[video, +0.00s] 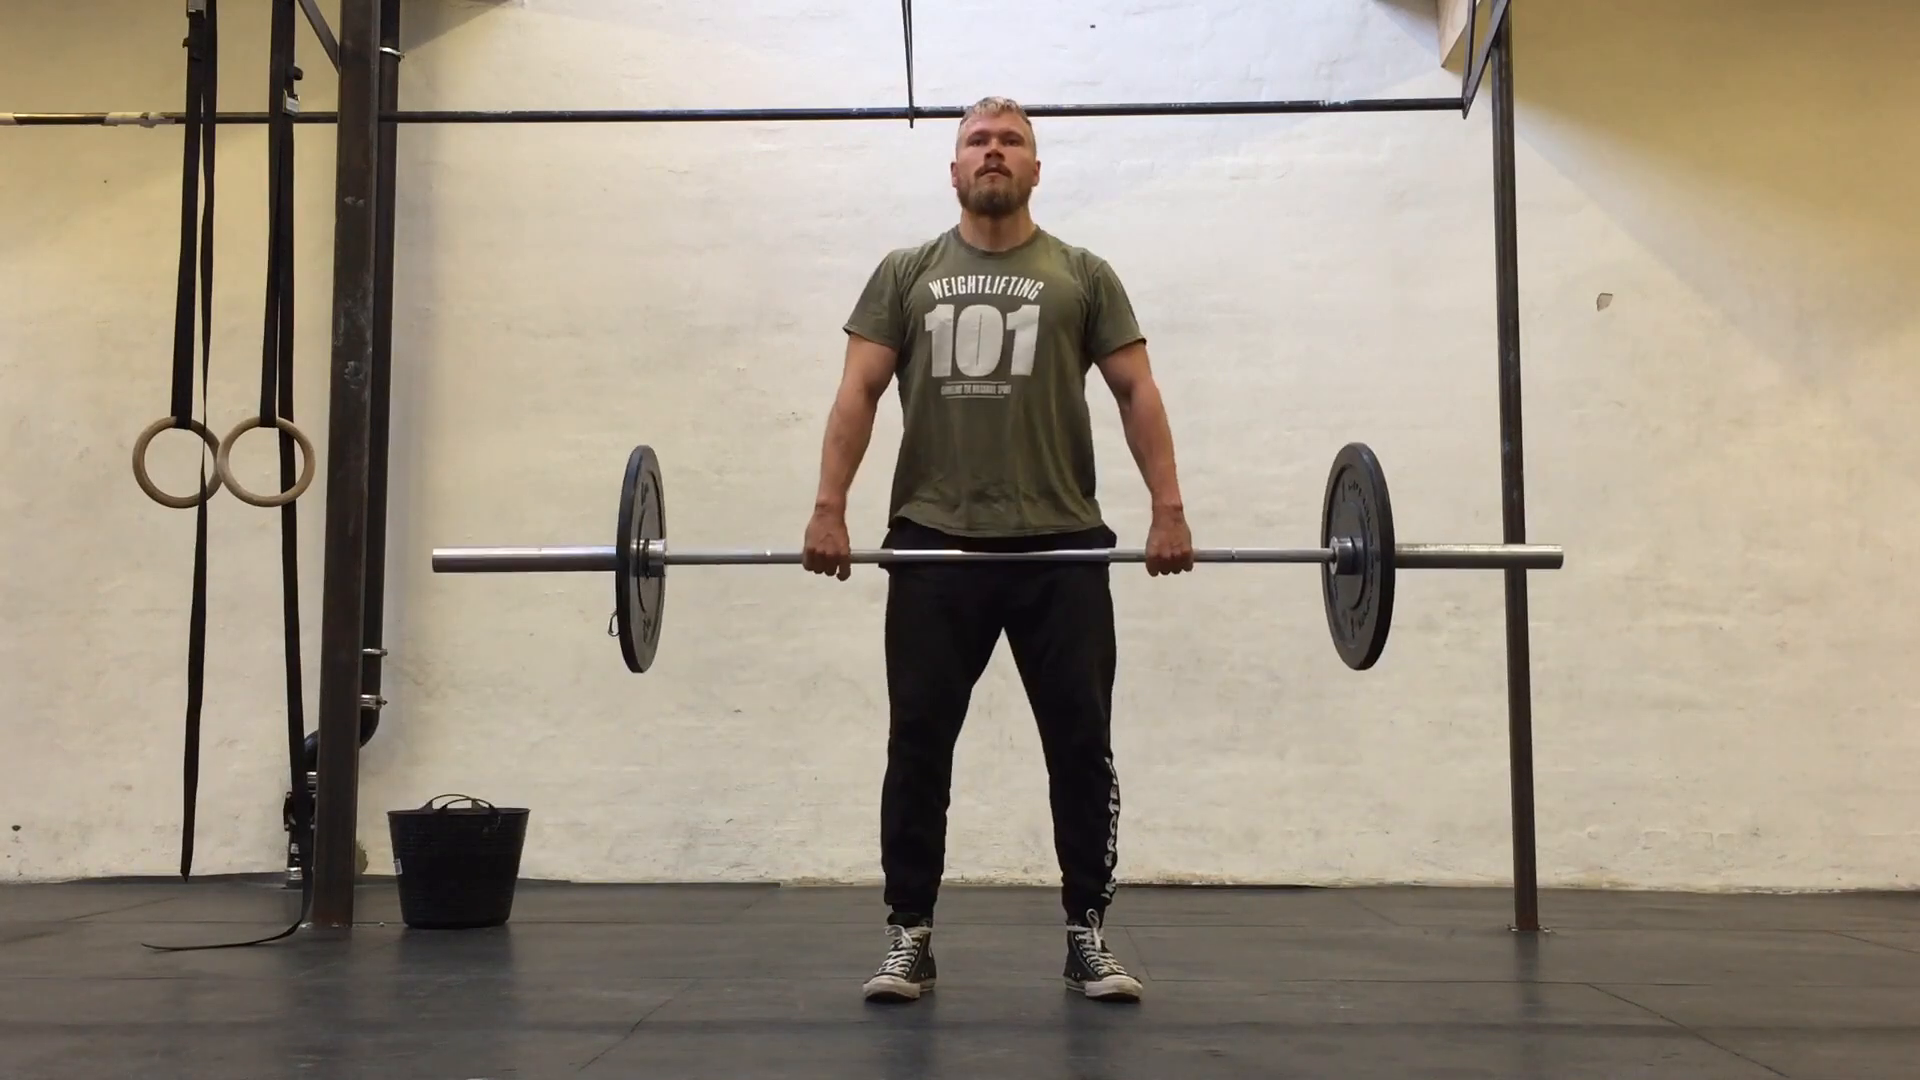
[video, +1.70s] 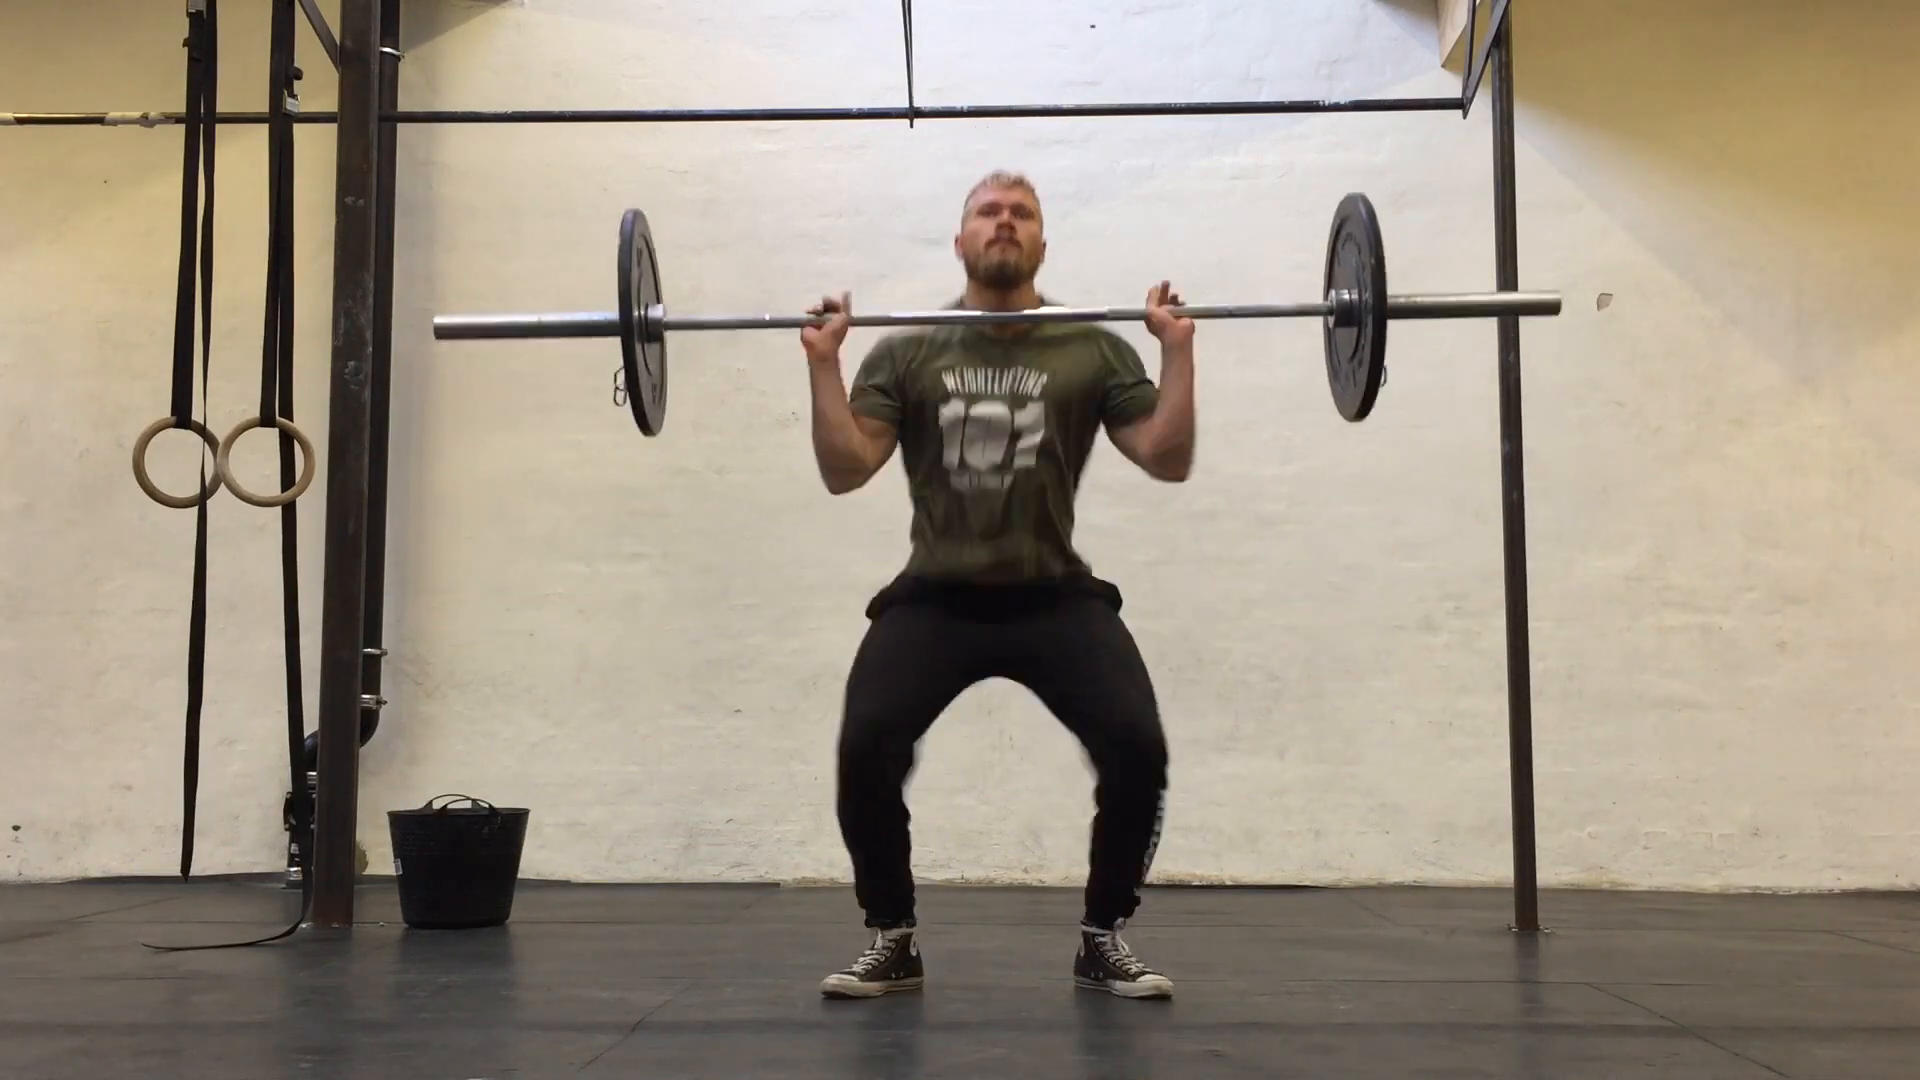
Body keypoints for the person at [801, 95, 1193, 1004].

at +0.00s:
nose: (992, 149)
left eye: (1010, 139)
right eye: (977, 139)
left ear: (1037, 169)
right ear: (953, 167)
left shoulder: (1082, 274)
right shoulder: (906, 273)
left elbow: (1135, 388)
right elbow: (858, 391)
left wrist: (1168, 507)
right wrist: (829, 507)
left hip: (1061, 543)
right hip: (935, 543)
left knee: (1081, 747)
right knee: (917, 745)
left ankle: (1088, 939)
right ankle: (908, 937)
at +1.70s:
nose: (1004, 221)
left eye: (1020, 212)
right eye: (987, 210)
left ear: (1042, 246)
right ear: (959, 242)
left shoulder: (1091, 350)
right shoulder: (908, 355)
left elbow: (1168, 460)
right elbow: (843, 472)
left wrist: (1177, 349)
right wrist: (824, 365)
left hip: (1055, 602)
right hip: (933, 603)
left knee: (1137, 752)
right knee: (865, 749)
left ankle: (1104, 944)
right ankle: (891, 942)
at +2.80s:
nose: (1000, 168)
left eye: (1019, 153)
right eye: (983, 153)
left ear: (1043, 166)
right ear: (959, 165)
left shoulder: (1075, 230)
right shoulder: (922, 233)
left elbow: (1134, 109)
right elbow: (863, 105)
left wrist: (1170, 2)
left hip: (1058, 536)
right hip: (945, 537)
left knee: (1085, 744)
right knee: (920, 747)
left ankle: (1105, 941)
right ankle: (898, 943)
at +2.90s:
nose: (1001, 170)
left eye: (1019, 155)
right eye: (985, 154)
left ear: (1043, 167)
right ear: (961, 165)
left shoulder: (1075, 236)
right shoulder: (922, 236)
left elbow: (1137, 116)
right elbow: (862, 110)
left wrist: (1171, 9)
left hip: (1057, 538)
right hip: (944, 539)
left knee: (1085, 744)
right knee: (919, 747)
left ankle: (1105, 941)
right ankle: (896, 941)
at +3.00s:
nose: (1002, 162)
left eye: (1019, 150)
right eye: (985, 150)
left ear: (1043, 170)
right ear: (961, 167)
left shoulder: (1080, 244)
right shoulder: (920, 243)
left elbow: (1157, 138)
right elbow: (846, 128)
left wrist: (1176, 21)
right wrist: (836, 12)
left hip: (1058, 535)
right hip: (946, 536)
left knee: (1084, 736)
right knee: (920, 739)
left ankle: (1102, 934)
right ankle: (898, 934)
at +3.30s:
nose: (998, 176)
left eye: (1015, 170)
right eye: (983, 170)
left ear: (1039, 199)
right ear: (961, 200)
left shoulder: (1084, 283)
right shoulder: (919, 283)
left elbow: (1207, 288)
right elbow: (801, 279)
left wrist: (1189, 178)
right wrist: (831, 172)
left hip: (1064, 541)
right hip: (949, 543)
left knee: (1095, 738)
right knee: (917, 745)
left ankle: (1102, 938)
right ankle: (900, 938)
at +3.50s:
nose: (1005, 159)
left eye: (1021, 150)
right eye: (988, 149)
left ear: (1045, 178)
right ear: (964, 179)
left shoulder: (1088, 263)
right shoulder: (921, 258)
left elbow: (1202, 293)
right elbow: (798, 274)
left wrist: (1188, 303)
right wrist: (834, 286)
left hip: (1067, 527)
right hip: (953, 527)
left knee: (1098, 729)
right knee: (925, 730)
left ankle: (1111, 928)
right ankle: (901, 930)